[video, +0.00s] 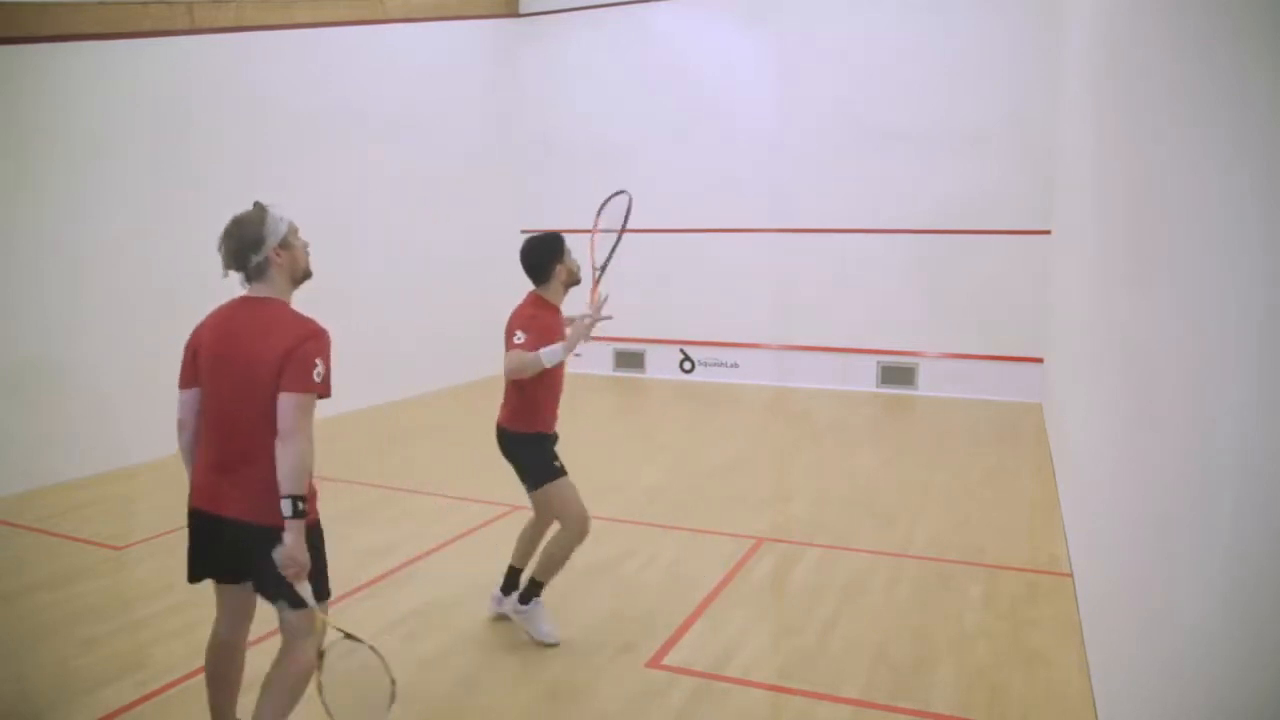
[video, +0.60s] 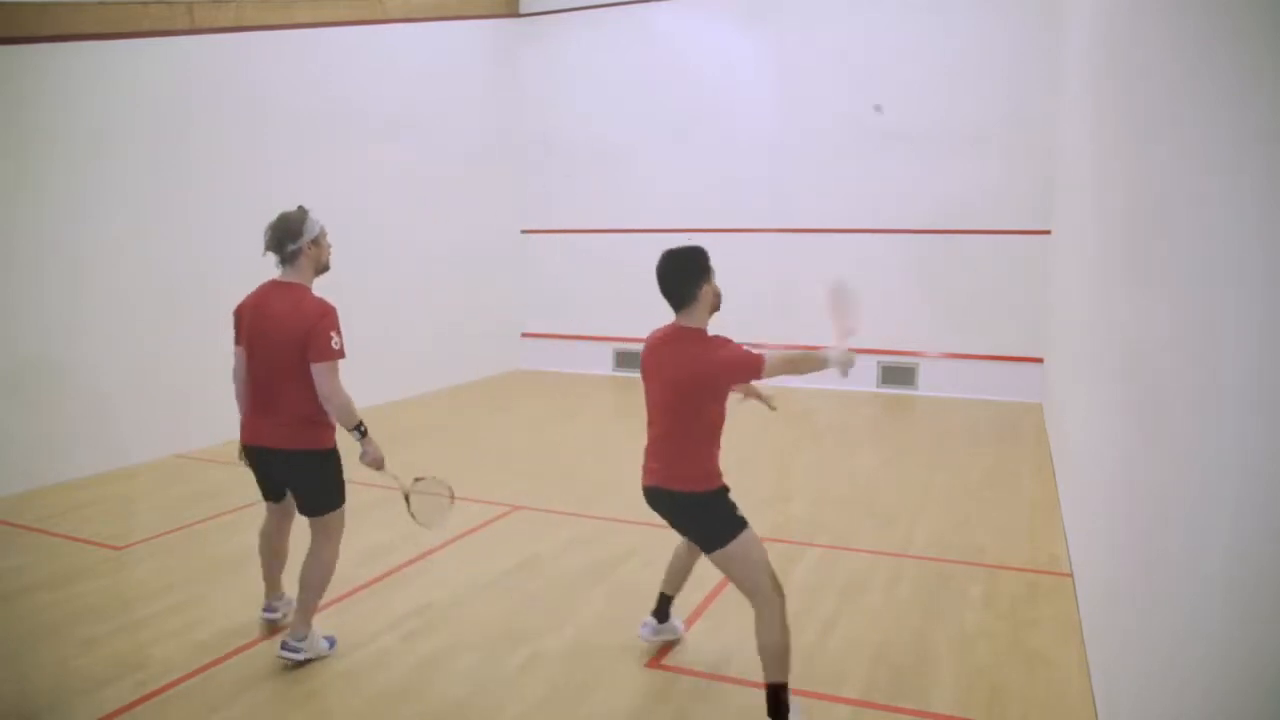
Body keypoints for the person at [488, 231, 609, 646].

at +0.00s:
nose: (574, 264)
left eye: (570, 257)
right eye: (569, 258)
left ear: (546, 271)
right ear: (558, 269)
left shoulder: (547, 311)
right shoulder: (530, 317)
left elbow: (558, 332)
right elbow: (514, 367)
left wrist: (588, 319)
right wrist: (567, 345)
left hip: (534, 432)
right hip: (523, 436)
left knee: (544, 514)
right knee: (576, 523)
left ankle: (507, 592)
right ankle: (527, 600)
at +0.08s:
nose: (593, 275)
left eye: (590, 268)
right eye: (588, 270)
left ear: (562, 284)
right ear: (577, 281)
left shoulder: (570, 315)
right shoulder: (545, 327)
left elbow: (583, 313)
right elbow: (520, 375)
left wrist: (607, 306)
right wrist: (565, 338)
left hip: (559, 446)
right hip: (544, 451)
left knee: (555, 524)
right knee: (603, 531)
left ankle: (503, 591)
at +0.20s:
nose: (629, 288)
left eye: (625, 282)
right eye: (621, 283)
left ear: (597, 301)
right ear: (605, 298)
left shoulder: (608, 336)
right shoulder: (583, 345)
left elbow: (616, 315)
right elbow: (551, 392)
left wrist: (636, 302)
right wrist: (568, 336)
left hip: (601, 466)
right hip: (585, 470)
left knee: (569, 532)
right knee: (641, 554)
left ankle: (510, 584)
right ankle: (682, 660)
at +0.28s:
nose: (655, 295)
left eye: (651, 288)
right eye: (648, 290)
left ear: (623, 311)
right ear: (633, 307)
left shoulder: (634, 344)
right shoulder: (607, 360)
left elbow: (642, 327)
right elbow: (613, 406)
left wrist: (654, 310)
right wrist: (600, 343)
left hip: (621, 476)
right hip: (618, 481)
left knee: (585, 534)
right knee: (681, 561)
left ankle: (523, 581)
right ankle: (701, 673)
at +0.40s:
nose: (687, 286)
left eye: (681, 277)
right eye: (680, 280)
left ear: (648, 299)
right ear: (666, 294)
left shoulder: (641, 337)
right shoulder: (656, 353)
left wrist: (729, 368)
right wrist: (709, 366)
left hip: (629, 473)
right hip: (654, 484)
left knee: (629, 540)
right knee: (723, 570)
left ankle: (577, 608)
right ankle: (707, 674)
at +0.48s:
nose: (701, 276)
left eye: (695, 268)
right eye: (693, 270)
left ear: (656, 287)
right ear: (677, 284)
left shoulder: (637, 329)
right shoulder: (699, 348)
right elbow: (792, 354)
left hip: (635, 468)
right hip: (671, 478)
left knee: (660, 535)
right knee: (745, 566)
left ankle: (624, 617)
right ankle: (713, 669)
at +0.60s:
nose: (717, 285)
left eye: (712, 277)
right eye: (713, 278)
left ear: (672, 293)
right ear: (704, 288)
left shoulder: (655, 344)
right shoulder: (715, 352)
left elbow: (693, 378)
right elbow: (782, 364)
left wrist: (742, 388)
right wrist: (831, 359)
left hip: (658, 487)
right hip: (698, 494)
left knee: (697, 533)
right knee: (768, 595)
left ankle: (659, 618)